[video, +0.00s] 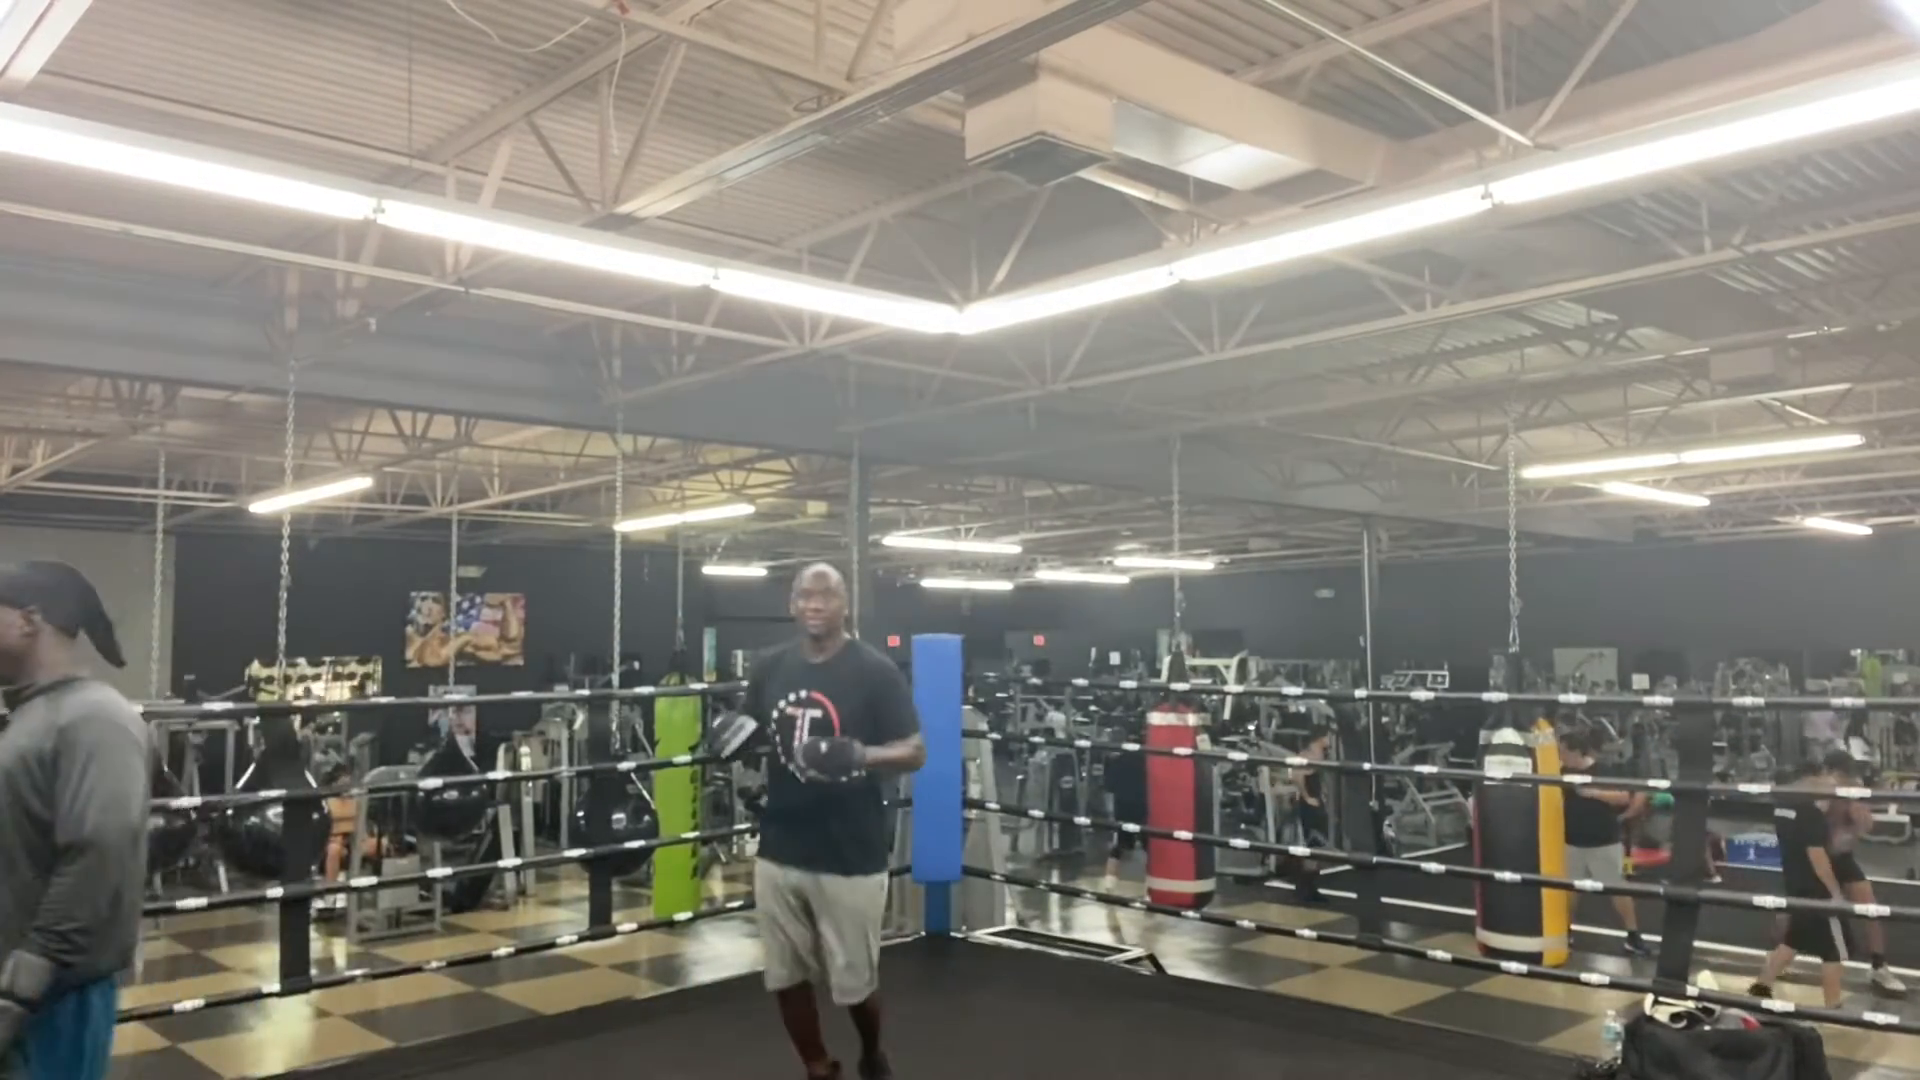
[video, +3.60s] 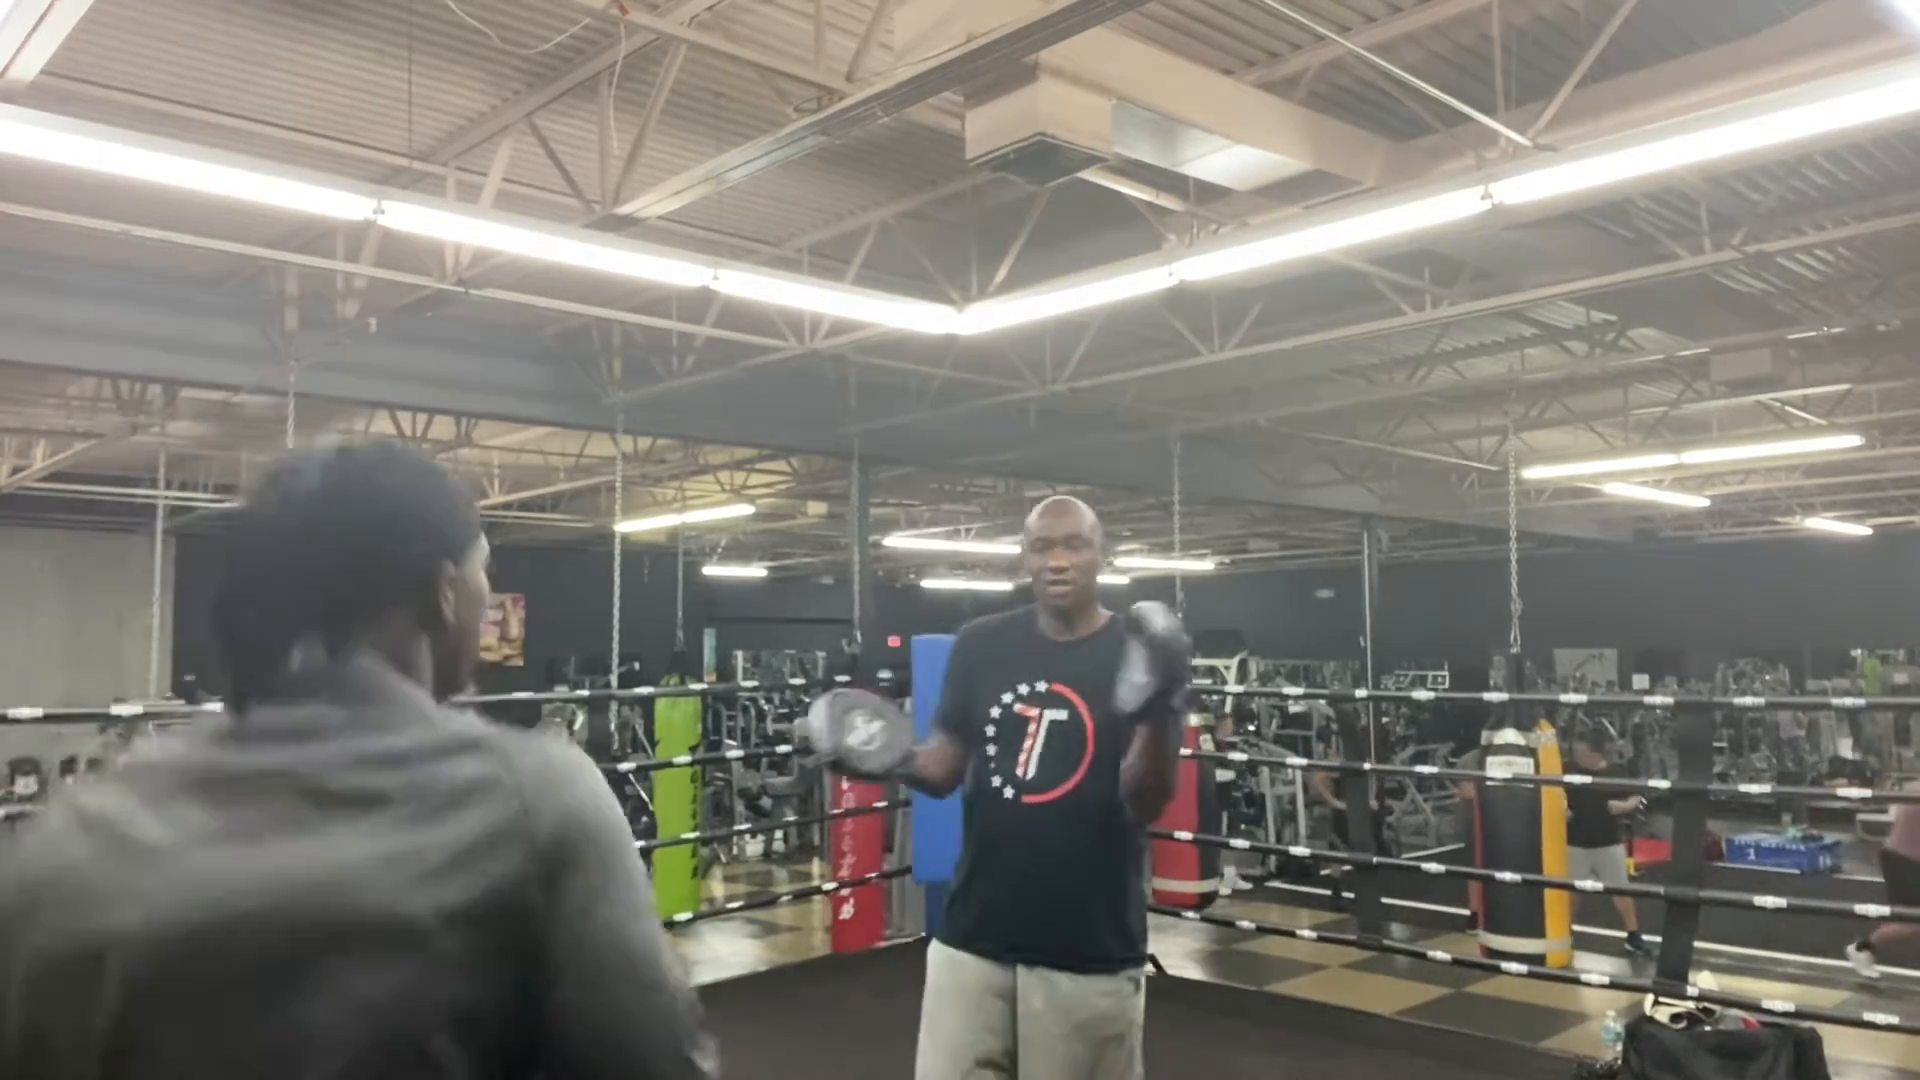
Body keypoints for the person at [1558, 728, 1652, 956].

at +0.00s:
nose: (1560, 757)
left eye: (1563, 751)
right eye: (1559, 751)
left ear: (1579, 752)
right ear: (1568, 752)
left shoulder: (1606, 773)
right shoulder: (1562, 775)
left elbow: (1622, 797)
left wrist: (1594, 793)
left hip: (1604, 843)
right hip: (1570, 842)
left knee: (1619, 890)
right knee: (1565, 890)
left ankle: (1633, 934)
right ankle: (1563, 931)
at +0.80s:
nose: (1567, 762)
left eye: (1570, 757)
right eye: (1565, 757)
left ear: (1582, 756)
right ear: (1564, 759)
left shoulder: (1603, 773)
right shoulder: (1561, 777)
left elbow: (1626, 794)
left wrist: (1598, 794)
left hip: (1605, 841)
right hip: (1573, 842)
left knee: (1619, 890)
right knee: (1567, 892)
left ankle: (1633, 933)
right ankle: (1563, 936)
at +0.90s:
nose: (1567, 762)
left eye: (1570, 757)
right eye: (1565, 758)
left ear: (1581, 755)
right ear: (1564, 758)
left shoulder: (1600, 773)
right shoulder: (1558, 776)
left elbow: (1626, 794)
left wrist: (1598, 795)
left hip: (1605, 839)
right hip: (1573, 841)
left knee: (1619, 889)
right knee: (1566, 891)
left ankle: (1633, 934)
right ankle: (1562, 936)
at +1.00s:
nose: (1564, 761)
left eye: (1567, 756)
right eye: (1562, 757)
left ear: (1578, 754)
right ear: (1561, 757)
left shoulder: (1600, 770)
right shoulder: (1557, 777)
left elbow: (1627, 793)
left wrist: (1599, 796)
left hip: (1604, 840)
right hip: (1573, 843)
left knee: (1620, 889)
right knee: (1566, 892)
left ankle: (1633, 934)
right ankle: (1563, 937)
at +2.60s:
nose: (1597, 758)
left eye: (1598, 752)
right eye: (1591, 753)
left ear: (1601, 750)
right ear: (1571, 754)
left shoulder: (1606, 773)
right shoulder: (1564, 777)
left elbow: (1624, 791)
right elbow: (1572, 808)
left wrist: (1623, 799)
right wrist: (1607, 803)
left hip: (1607, 840)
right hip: (1575, 843)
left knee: (1620, 890)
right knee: (1565, 892)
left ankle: (1633, 934)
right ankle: (1561, 936)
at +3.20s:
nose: (1608, 760)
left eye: (1610, 755)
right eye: (1604, 754)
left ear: (1612, 753)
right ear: (1590, 750)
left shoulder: (1610, 774)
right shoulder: (1568, 771)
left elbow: (1614, 799)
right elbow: (1554, 797)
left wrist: (1627, 804)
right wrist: (1579, 811)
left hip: (1607, 842)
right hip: (1576, 843)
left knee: (1620, 890)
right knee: (1570, 892)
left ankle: (1633, 935)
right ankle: (1564, 932)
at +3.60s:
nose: (1575, 752)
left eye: (1580, 747)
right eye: (1575, 747)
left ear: (1596, 750)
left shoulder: (1615, 774)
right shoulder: (1567, 773)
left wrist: (1627, 805)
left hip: (1608, 841)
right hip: (1575, 842)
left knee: (1620, 890)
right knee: (1571, 890)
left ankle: (1633, 934)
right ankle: (1564, 932)